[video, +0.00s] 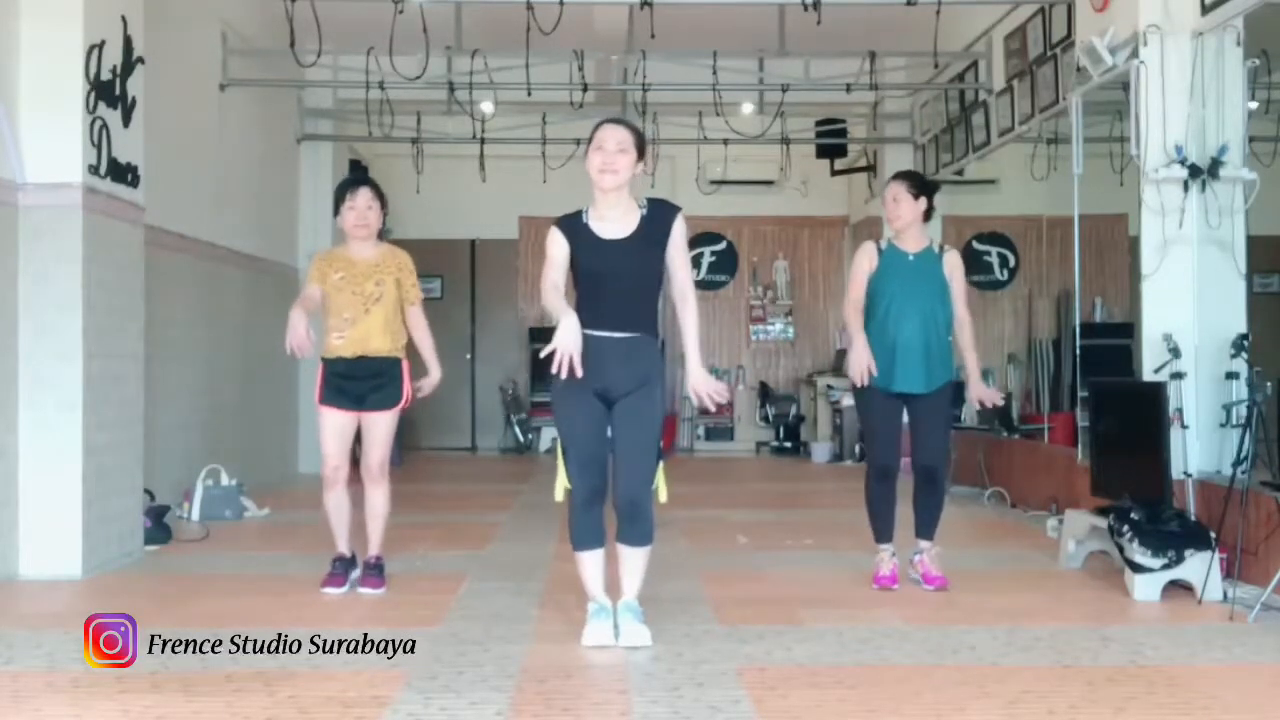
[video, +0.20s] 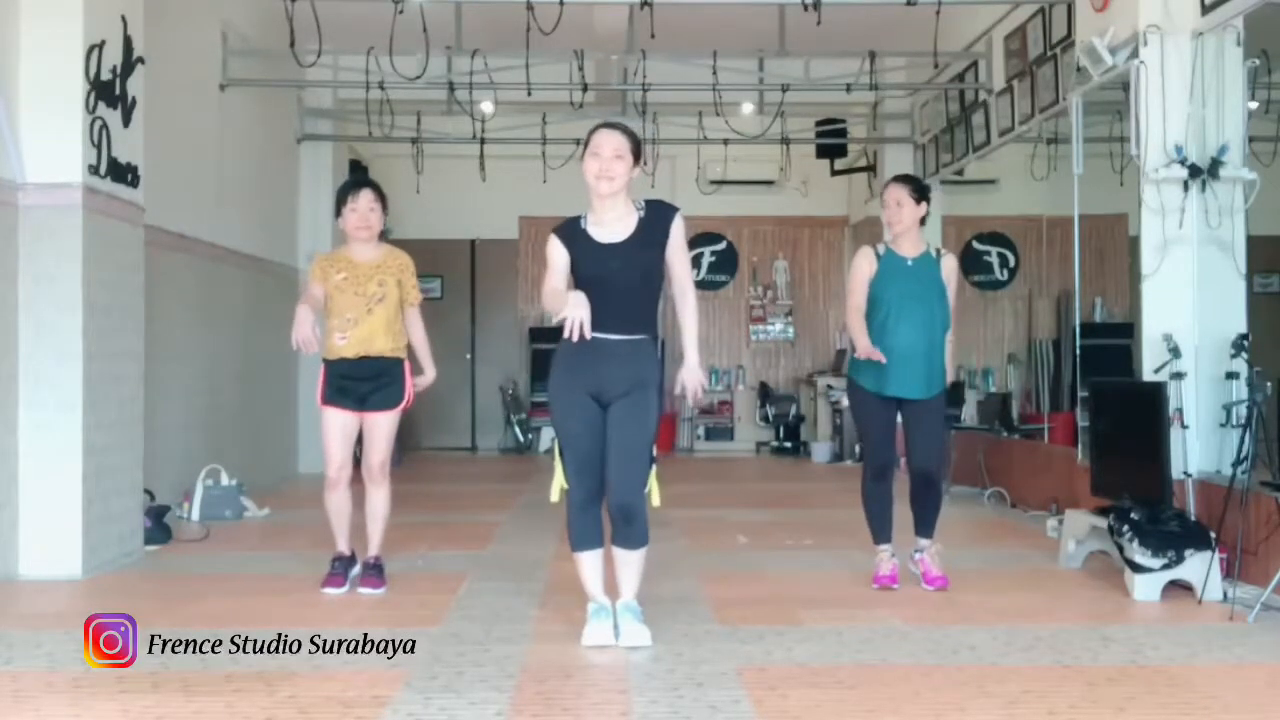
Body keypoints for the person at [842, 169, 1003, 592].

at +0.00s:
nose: (888, 207)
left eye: (898, 199)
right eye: (886, 200)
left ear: (923, 206)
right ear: (885, 206)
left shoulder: (948, 259)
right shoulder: (870, 254)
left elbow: (962, 321)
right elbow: (852, 306)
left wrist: (974, 379)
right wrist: (857, 343)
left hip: (934, 380)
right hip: (879, 378)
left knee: (932, 466)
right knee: (882, 465)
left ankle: (924, 552)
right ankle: (885, 553)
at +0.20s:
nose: (890, 212)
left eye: (898, 204)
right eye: (886, 205)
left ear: (922, 209)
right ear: (881, 210)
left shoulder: (945, 264)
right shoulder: (869, 257)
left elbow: (947, 324)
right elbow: (854, 309)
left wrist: (946, 371)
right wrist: (863, 345)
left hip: (926, 382)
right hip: (873, 379)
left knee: (927, 468)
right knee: (879, 464)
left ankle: (925, 550)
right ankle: (883, 553)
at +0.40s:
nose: (894, 212)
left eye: (903, 204)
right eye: (888, 204)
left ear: (922, 210)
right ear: (881, 210)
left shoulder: (942, 263)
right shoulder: (867, 256)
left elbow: (944, 317)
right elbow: (853, 311)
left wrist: (938, 355)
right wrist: (861, 349)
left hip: (928, 379)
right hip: (875, 376)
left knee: (927, 467)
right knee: (879, 464)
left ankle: (925, 550)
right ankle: (884, 553)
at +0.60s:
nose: (894, 210)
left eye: (904, 203)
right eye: (888, 203)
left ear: (922, 210)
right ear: (881, 209)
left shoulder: (943, 263)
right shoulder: (868, 257)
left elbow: (956, 322)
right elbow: (850, 315)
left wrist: (968, 374)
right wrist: (848, 363)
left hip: (930, 383)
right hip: (875, 382)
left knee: (931, 470)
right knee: (879, 467)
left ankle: (924, 551)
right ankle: (884, 554)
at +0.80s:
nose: (901, 205)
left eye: (910, 198)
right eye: (894, 199)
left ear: (926, 207)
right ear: (885, 207)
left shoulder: (948, 259)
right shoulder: (872, 255)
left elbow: (968, 313)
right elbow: (850, 315)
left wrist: (990, 356)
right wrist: (835, 370)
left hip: (935, 380)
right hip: (880, 379)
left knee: (932, 468)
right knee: (883, 466)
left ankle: (924, 552)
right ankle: (885, 553)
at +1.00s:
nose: (908, 204)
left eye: (916, 197)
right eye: (901, 198)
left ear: (933, 205)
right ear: (892, 207)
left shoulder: (956, 255)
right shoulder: (876, 256)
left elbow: (973, 308)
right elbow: (854, 314)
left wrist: (986, 348)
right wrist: (842, 369)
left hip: (941, 380)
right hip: (887, 379)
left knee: (933, 466)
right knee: (888, 465)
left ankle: (925, 552)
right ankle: (887, 552)